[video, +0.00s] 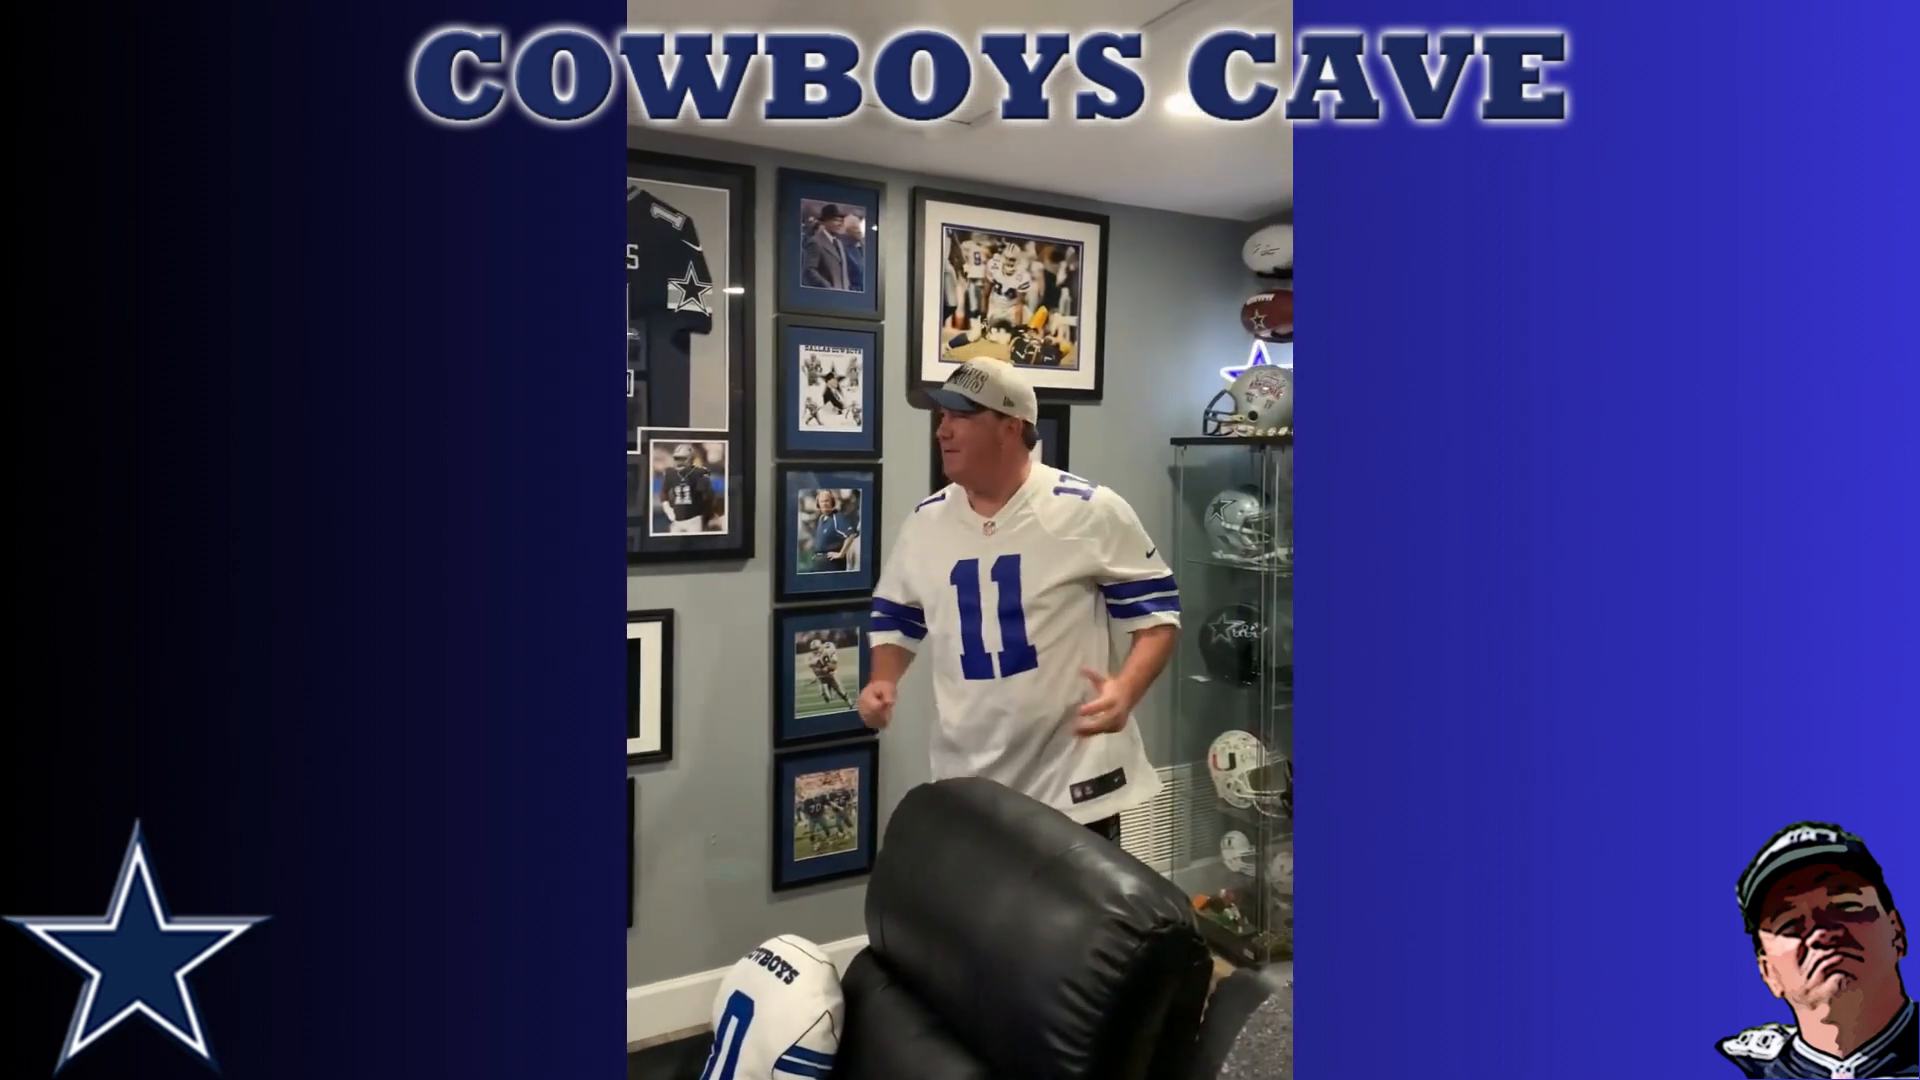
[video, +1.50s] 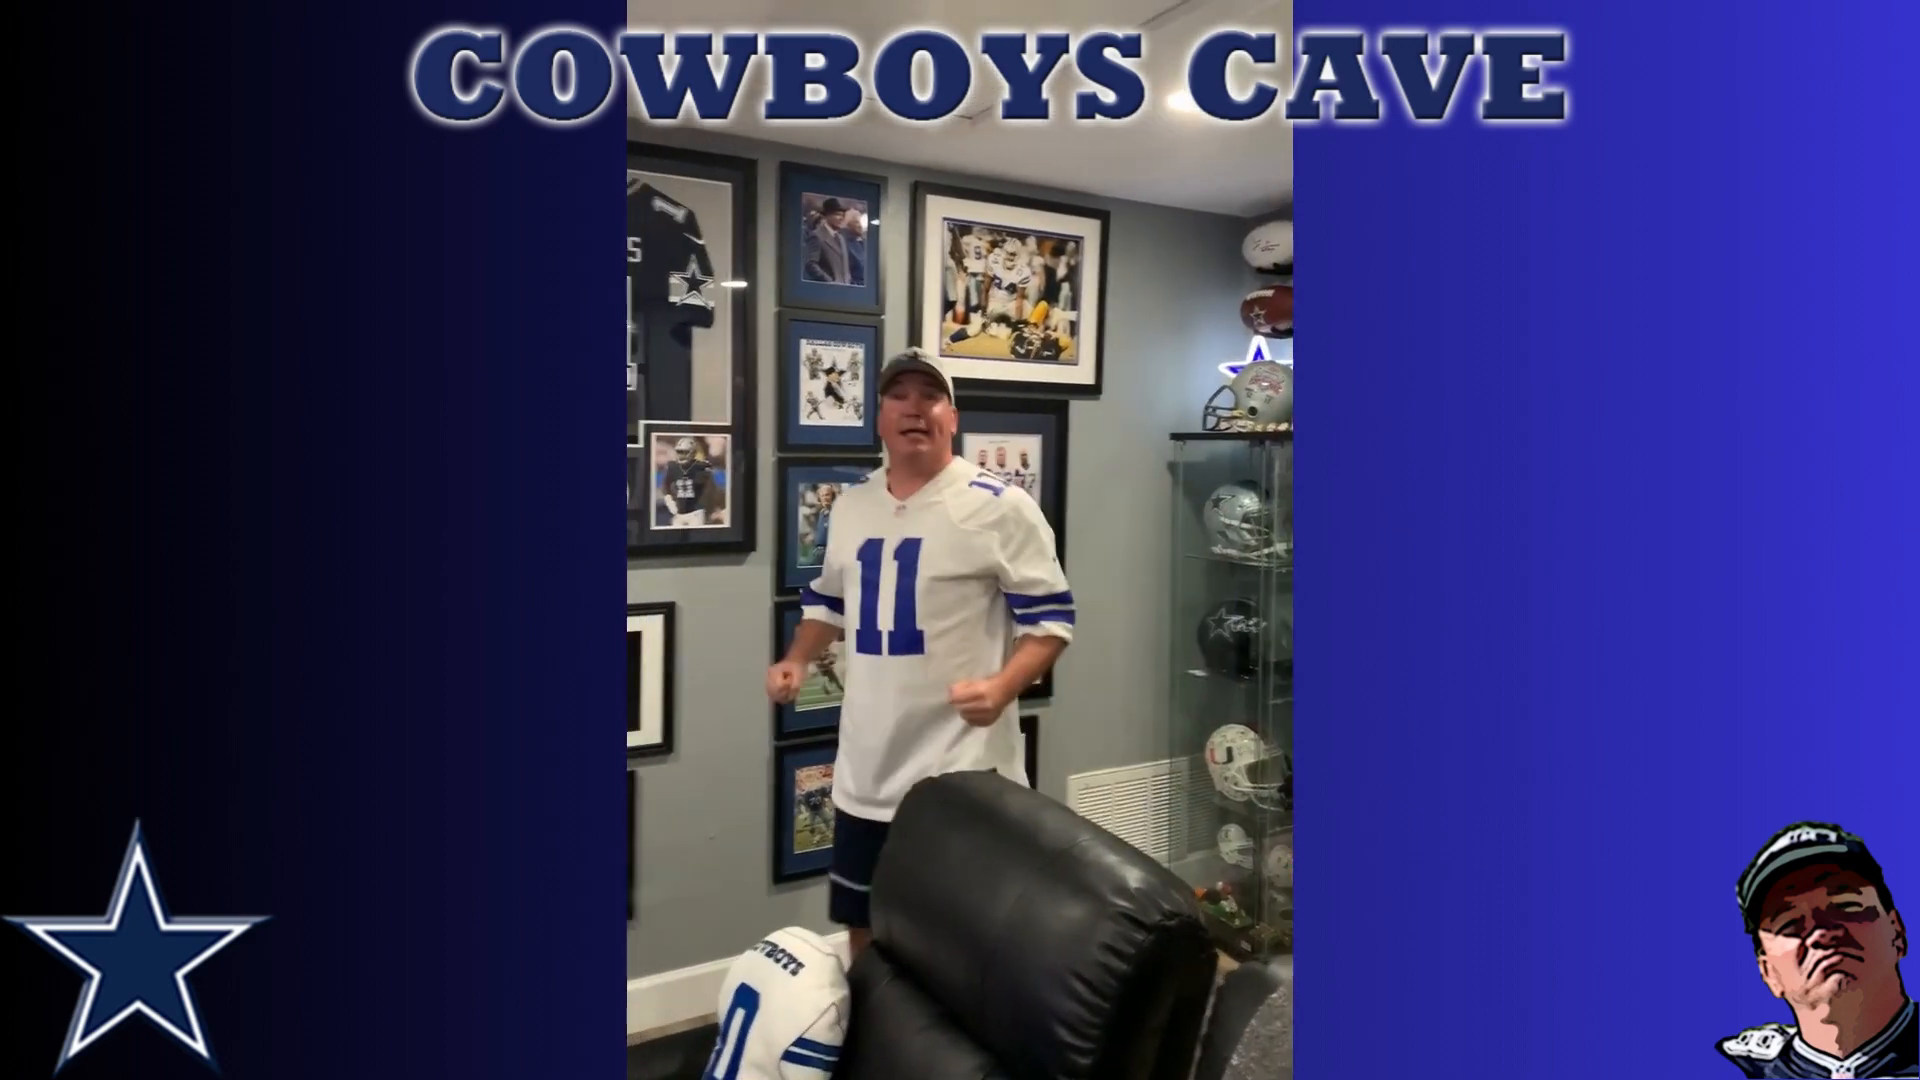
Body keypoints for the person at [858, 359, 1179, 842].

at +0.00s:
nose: (942, 429)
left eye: (962, 414)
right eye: (941, 415)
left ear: (1011, 428)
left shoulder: (1092, 513)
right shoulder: (924, 525)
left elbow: (1160, 616)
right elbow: (896, 624)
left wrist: (1127, 687)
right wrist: (883, 681)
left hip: (1071, 795)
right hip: (967, 796)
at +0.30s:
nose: (1038, 427)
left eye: (1055, 413)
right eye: (1026, 416)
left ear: (1086, 431)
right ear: (1014, 432)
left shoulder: (1144, 510)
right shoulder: (980, 523)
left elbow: (1213, 611)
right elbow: (938, 600)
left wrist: (1155, 657)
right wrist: (918, 639)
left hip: (1117, 786)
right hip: (1009, 787)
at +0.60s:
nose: (1094, 414)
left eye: (1110, 406)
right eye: (1081, 405)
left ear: (1131, 429)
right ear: (1062, 429)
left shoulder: (1176, 515)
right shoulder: (1013, 510)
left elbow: (1220, 611)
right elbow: (963, 582)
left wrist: (1252, 658)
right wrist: (952, 613)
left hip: (1129, 780)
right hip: (1019, 778)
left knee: (1129, 943)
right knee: (1018, 937)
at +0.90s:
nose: (1062, 410)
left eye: (1079, 403)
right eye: (1048, 402)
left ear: (1100, 428)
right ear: (1029, 427)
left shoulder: (1146, 512)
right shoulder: (989, 514)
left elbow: (1196, 615)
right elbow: (959, 605)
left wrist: (1189, 673)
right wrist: (939, 659)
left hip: (1107, 785)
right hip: (998, 782)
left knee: (1115, 946)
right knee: (1001, 944)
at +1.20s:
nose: (981, 421)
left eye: (998, 410)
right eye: (969, 410)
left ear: (1025, 433)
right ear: (952, 434)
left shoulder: (1074, 522)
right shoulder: (928, 521)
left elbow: (1124, 642)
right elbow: (911, 614)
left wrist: (1071, 706)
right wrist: (883, 667)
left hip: (1042, 787)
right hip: (938, 780)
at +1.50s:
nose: (915, 411)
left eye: (931, 398)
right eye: (899, 397)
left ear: (953, 418)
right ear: (877, 417)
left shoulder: (1001, 509)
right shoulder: (851, 508)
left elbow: (1052, 621)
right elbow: (827, 605)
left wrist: (1004, 685)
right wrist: (797, 659)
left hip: (965, 784)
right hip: (867, 778)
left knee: (965, 942)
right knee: (864, 937)